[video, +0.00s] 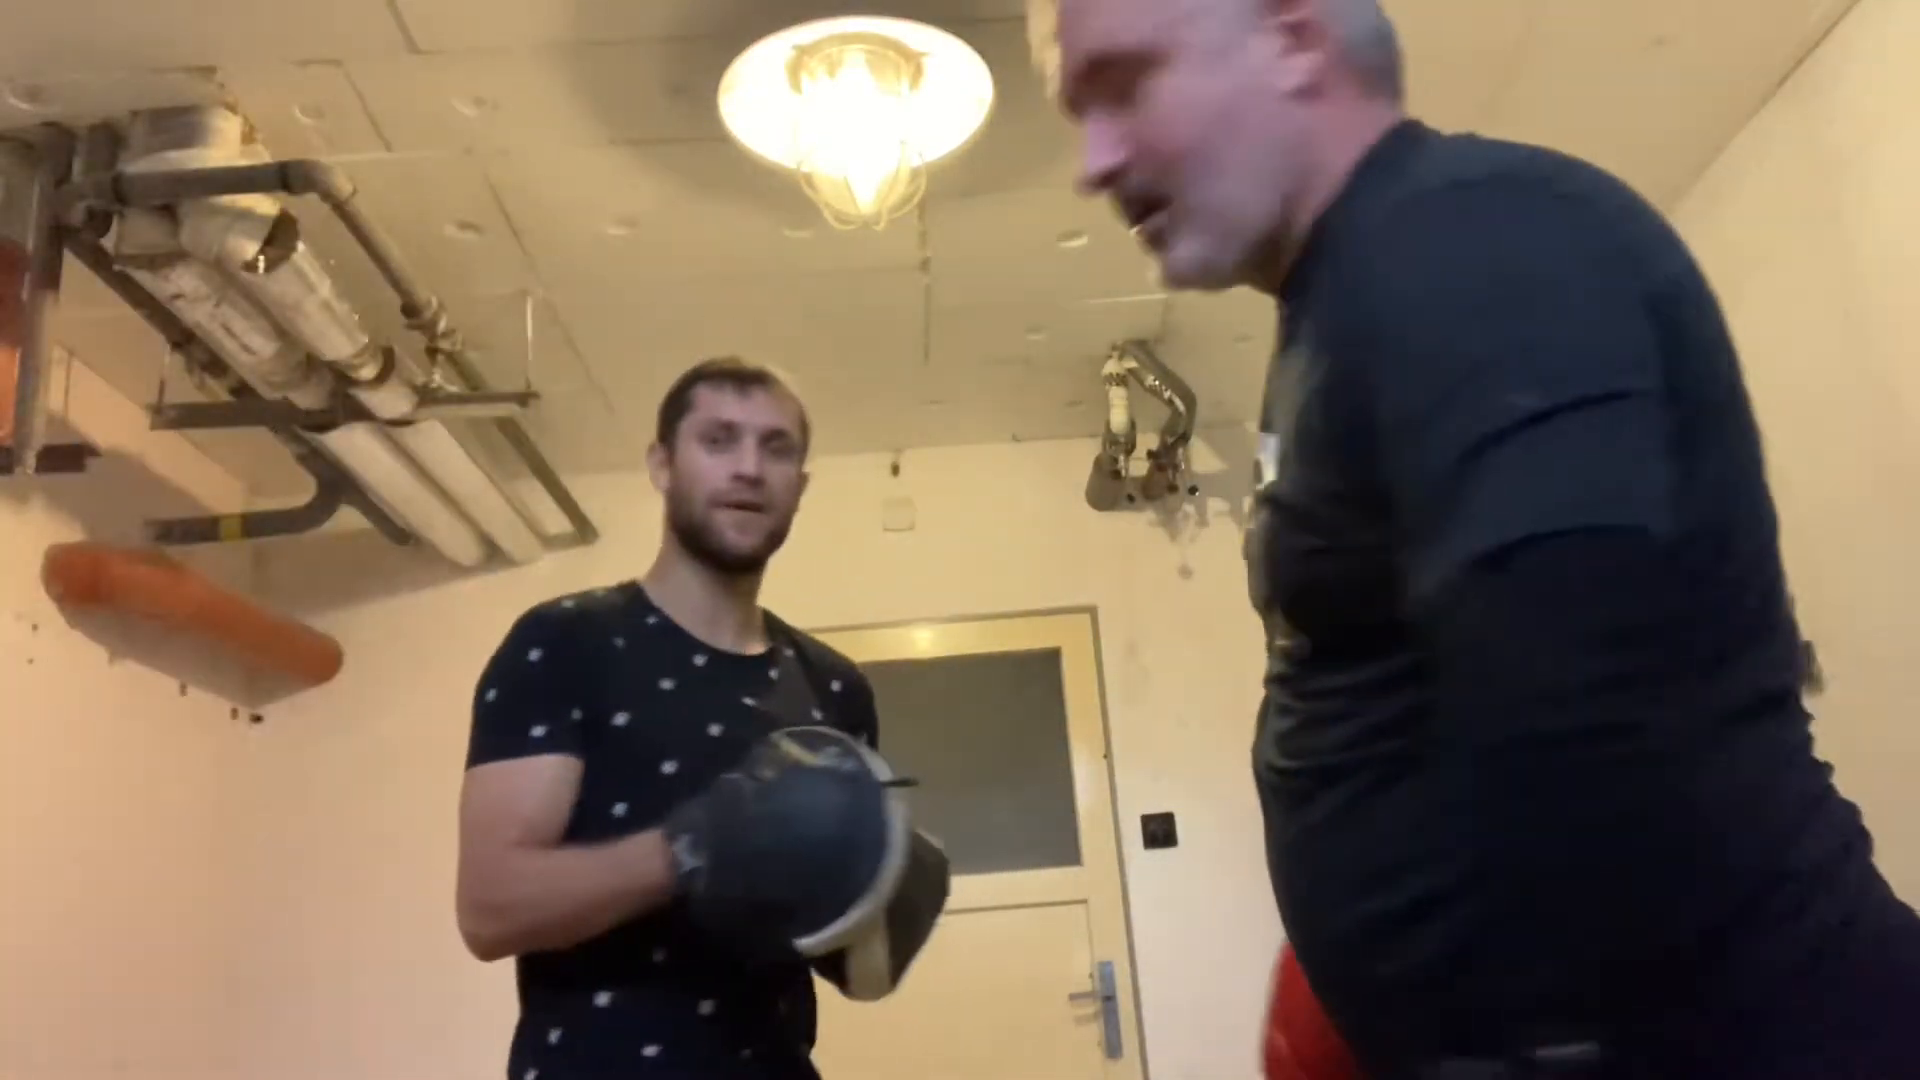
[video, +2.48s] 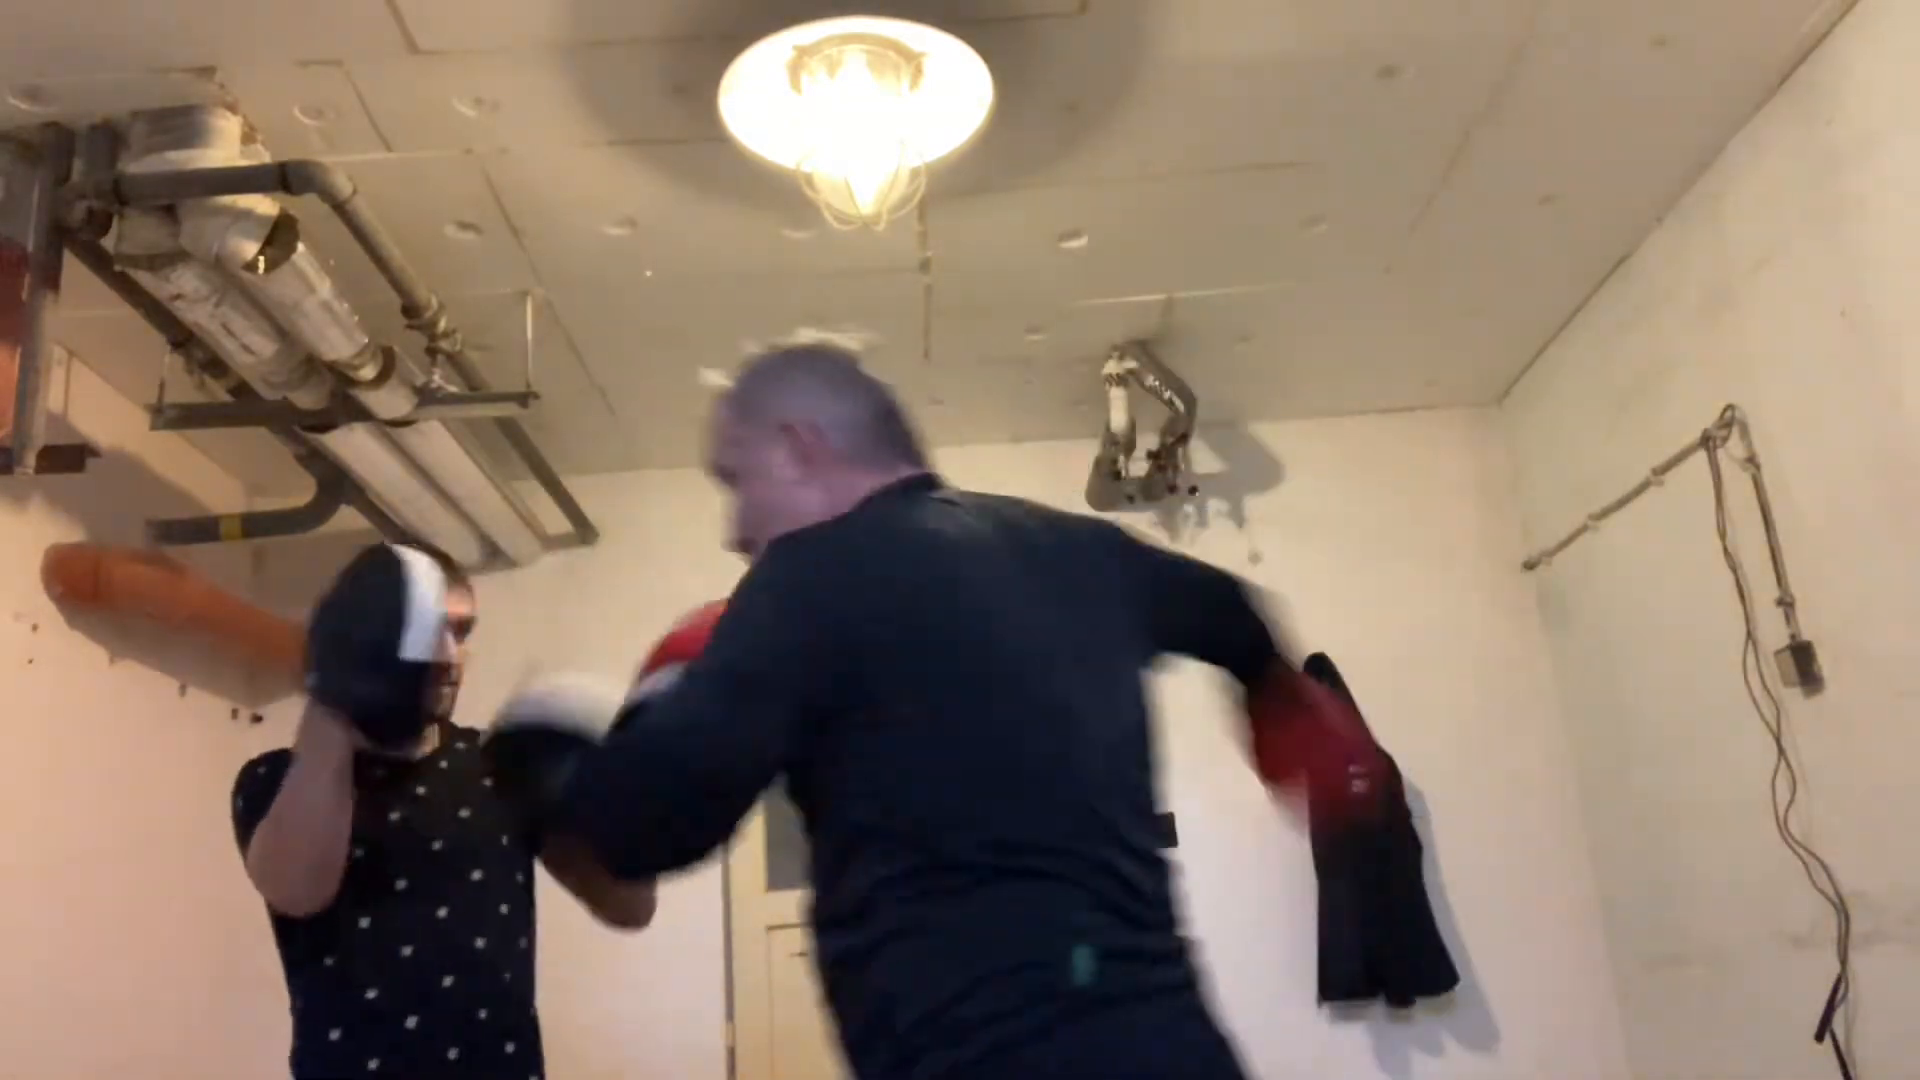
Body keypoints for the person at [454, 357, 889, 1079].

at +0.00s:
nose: (748, 469)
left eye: (776, 448)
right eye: (717, 441)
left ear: (801, 484)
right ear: (661, 466)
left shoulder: (833, 690)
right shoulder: (561, 647)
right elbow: (491, 907)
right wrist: (697, 845)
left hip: (767, 1056)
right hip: (591, 1056)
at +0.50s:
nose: (569, 542)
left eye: (592, 519)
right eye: (539, 520)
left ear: (625, 545)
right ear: (498, 548)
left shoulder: (714, 702)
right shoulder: (439, 741)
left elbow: (802, 917)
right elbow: (412, 979)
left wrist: (758, 865)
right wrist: (520, 872)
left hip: (694, 1058)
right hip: (523, 1062)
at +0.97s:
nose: (627, 574)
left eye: (648, 553)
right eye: (599, 552)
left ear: (672, 578)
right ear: (555, 575)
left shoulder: (740, 724)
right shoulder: (494, 750)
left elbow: (810, 932)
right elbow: (463, 962)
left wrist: (786, 829)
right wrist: (567, 836)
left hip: (710, 1061)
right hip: (555, 1063)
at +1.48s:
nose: (725, 605)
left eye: (744, 586)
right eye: (700, 578)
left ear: (757, 603)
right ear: (647, 587)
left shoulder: (768, 745)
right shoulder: (562, 726)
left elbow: (850, 941)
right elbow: (530, 910)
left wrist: (859, 826)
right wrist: (671, 786)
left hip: (720, 1060)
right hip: (580, 1058)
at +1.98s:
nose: (508, 635)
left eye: (521, 617)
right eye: (489, 616)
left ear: (541, 626)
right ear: (431, 631)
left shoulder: (559, 758)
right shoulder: (343, 755)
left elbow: (705, 815)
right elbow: (382, 831)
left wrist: (693, 672)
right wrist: (490, 656)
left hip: (537, 1065)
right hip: (395, 1067)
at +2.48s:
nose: (449, 655)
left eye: (461, 632)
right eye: (427, 630)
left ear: (473, 639)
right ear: (375, 635)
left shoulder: (501, 766)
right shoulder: (281, 782)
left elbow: (628, 908)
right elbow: (297, 890)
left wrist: (607, 777)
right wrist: (333, 698)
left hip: (501, 1063)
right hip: (354, 1066)